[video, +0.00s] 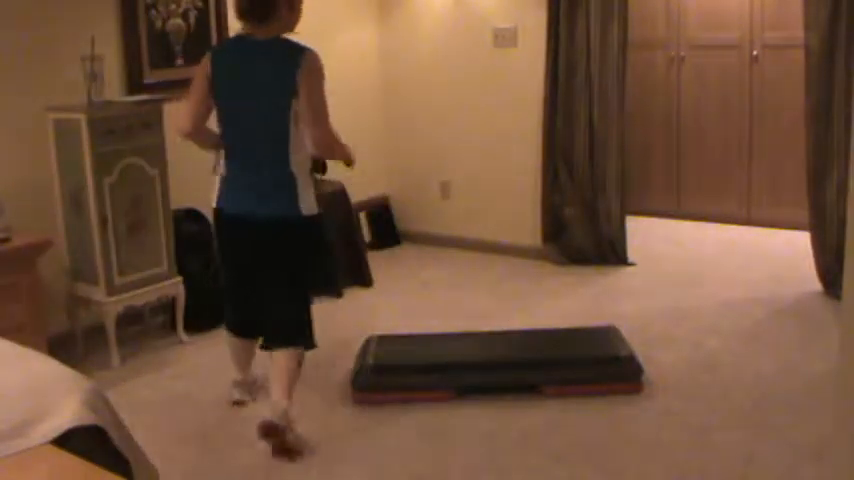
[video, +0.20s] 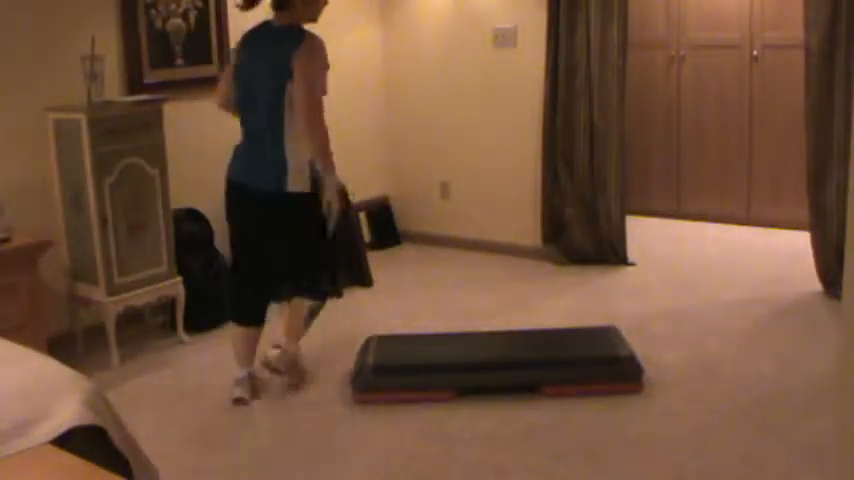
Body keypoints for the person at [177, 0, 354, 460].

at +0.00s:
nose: (299, 11)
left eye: (297, 5)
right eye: (296, 5)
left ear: (243, 9)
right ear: (287, 8)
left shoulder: (216, 59)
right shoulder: (302, 58)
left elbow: (189, 127)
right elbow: (320, 139)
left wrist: (225, 144)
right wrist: (341, 152)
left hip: (235, 209)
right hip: (288, 209)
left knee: (242, 300)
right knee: (290, 308)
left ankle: (242, 382)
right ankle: (280, 409)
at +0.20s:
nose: (323, 6)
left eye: (323, 1)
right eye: (321, 1)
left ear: (281, 2)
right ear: (307, 3)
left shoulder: (250, 38)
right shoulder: (308, 45)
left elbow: (224, 97)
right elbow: (310, 118)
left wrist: (261, 115)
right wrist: (330, 174)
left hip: (244, 181)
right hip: (292, 184)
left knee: (249, 278)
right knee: (317, 270)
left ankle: (244, 377)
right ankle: (287, 349)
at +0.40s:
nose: (363, 12)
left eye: (361, 5)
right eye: (357, 5)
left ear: (319, 9)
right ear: (335, 9)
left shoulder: (298, 49)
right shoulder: (334, 58)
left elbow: (277, 99)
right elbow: (320, 125)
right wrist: (318, 184)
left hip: (282, 183)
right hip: (324, 190)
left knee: (286, 272)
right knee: (336, 267)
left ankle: (251, 347)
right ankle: (327, 342)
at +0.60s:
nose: (397, 6)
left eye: (397, 1)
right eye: (393, 0)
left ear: (363, 2)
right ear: (374, 1)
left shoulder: (345, 33)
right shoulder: (358, 39)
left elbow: (317, 90)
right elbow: (336, 102)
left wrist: (349, 138)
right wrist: (341, 166)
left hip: (342, 167)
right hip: (349, 172)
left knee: (353, 245)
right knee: (348, 251)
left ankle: (336, 321)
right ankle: (330, 334)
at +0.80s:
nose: (433, 9)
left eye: (431, 3)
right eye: (426, 3)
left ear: (404, 9)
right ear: (402, 7)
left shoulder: (403, 50)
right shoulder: (387, 51)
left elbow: (388, 112)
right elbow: (359, 108)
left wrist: (406, 165)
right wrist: (380, 163)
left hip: (399, 172)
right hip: (381, 174)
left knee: (411, 250)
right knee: (406, 253)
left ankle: (399, 324)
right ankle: (347, 318)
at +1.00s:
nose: (464, 5)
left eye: (465, 0)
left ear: (453, 4)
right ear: (437, 1)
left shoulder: (454, 33)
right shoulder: (415, 36)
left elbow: (476, 71)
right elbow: (396, 92)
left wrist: (511, 87)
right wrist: (445, 112)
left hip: (431, 154)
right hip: (404, 155)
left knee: (417, 237)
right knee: (482, 201)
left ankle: (400, 317)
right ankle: (468, 294)